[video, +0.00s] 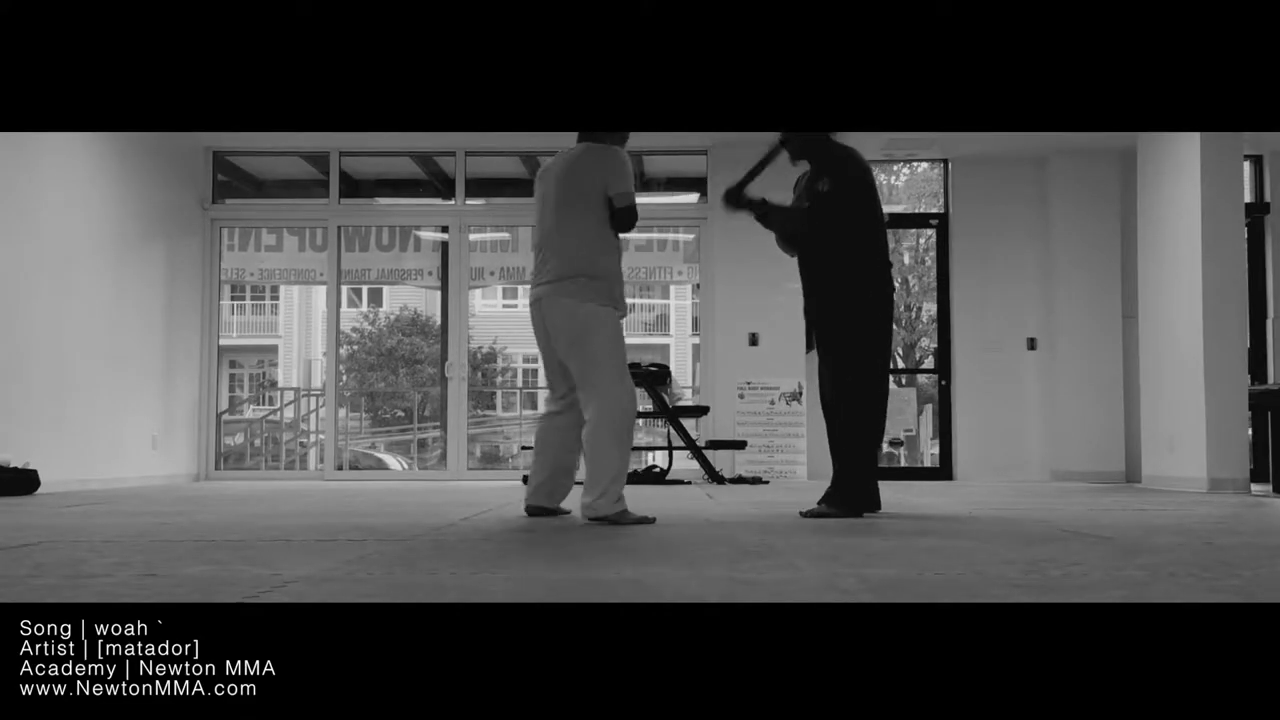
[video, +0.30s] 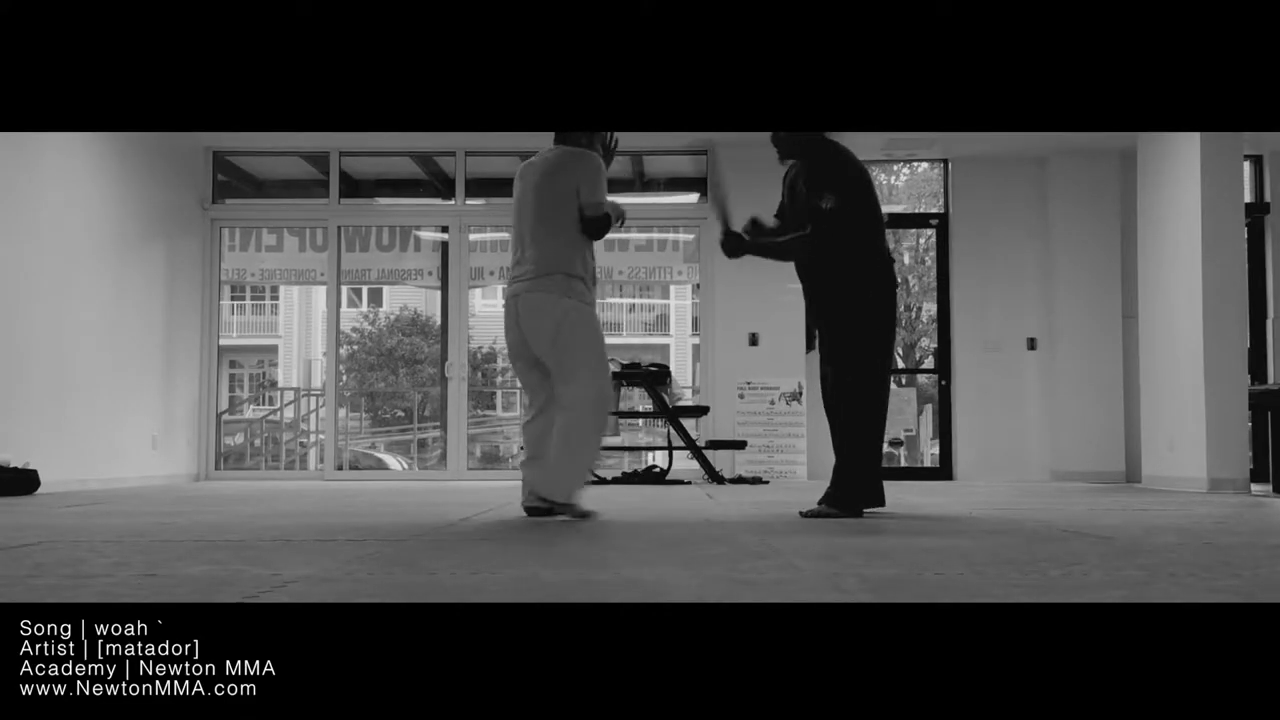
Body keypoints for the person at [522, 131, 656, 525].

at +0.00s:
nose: (627, 143)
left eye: (626, 139)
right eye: (626, 139)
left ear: (581, 133)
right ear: (619, 135)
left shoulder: (549, 168)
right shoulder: (611, 156)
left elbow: (553, 220)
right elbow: (625, 219)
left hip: (544, 298)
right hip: (586, 298)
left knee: (564, 398)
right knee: (612, 398)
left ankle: (542, 498)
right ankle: (604, 504)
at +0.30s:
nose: (607, 144)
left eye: (607, 139)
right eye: (606, 138)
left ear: (557, 135)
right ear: (594, 136)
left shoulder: (526, 169)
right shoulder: (587, 161)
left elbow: (546, 223)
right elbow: (593, 227)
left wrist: (594, 174)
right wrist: (613, 212)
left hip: (518, 300)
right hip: (559, 298)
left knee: (542, 396)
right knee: (589, 391)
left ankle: (537, 494)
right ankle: (556, 491)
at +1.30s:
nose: (565, 175)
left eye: (566, 169)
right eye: (562, 168)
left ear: (528, 161)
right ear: (547, 164)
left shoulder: (507, 188)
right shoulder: (526, 187)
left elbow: (557, 241)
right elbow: (554, 243)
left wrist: (571, 203)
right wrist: (573, 202)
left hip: (493, 321)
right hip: (517, 320)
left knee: (520, 406)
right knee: (541, 398)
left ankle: (511, 490)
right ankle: (515, 492)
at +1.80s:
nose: (545, 160)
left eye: (547, 152)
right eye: (541, 150)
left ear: (519, 150)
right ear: (521, 148)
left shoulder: (519, 185)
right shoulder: (489, 176)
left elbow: (561, 218)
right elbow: (525, 230)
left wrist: (558, 177)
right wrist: (549, 183)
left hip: (518, 316)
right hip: (494, 315)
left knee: (521, 404)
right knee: (507, 403)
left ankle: (498, 487)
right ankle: (496, 497)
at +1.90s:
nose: (548, 166)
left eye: (549, 157)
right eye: (546, 156)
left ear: (511, 146)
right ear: (527, 150)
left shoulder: (489, 176)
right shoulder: (501, 174)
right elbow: (548, 216)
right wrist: (545, 174)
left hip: (488, 312)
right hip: (494, 313)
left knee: (503, 400)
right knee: (514, 403)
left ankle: (471, 478)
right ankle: (501, 501)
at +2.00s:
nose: (543, 180)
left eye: (542, 173)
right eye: (541, 173)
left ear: (502, 161)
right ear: (529, 167)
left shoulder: (477, 189)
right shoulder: (513, 179)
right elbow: (556, 223)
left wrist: (543, 209)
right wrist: (549, 191)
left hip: (466, 314)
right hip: (494, 313)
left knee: (489, 400)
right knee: (525, 399)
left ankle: (458, 486)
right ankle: (498, 498)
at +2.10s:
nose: (539, 209)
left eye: (538, 204)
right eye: (537, 203)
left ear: (498, 192)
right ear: (528, 195)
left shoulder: (469, 220)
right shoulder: (519, 209)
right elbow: (555, 257)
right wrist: (550, 230)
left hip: (448, 325)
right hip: (485, 324)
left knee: (474, 414)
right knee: (528, 409)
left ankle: (452, 496)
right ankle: (490, 502)